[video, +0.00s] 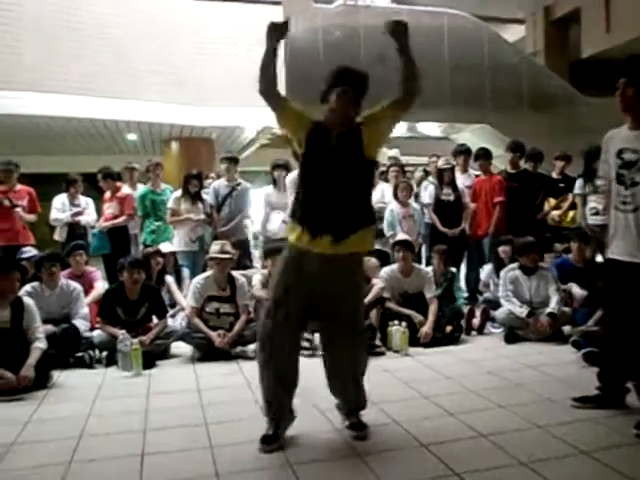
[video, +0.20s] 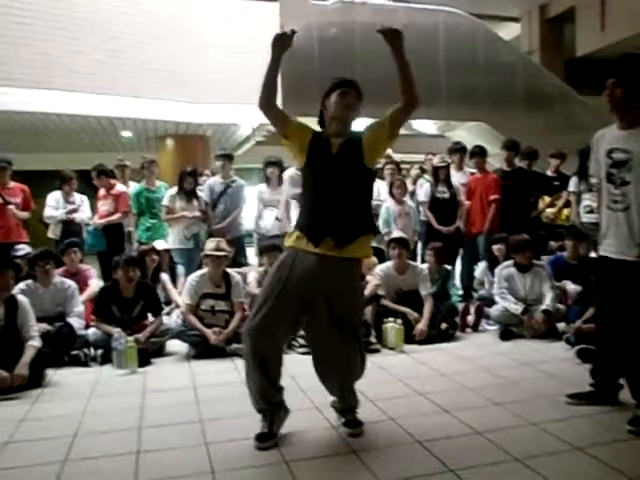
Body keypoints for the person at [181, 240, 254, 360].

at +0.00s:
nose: (222, 265)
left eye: (225, 260)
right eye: (217, 261)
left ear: (232, 262)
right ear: (211, 262)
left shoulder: (239, 282)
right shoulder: (199, 282)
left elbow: (244, 314)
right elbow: (192, 314)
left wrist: (231, 336)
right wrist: (212, 335)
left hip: (232, 328)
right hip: (207, 329)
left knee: (257, 329)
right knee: (184, 334)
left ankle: (207, 352)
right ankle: (233, 351)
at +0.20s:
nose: (217, 262)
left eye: (221, 258)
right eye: (213, 258)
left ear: (227, 260)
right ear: (205, 260)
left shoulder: (235, 280)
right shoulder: (195, 280)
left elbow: (239, 311)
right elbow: (187, 312)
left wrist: (226, 333)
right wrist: (207, 332)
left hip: (226, 326)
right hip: (201, 326)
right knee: (179, 332)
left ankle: (201, 350)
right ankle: (225, 349)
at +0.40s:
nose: (207, 261)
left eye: (211, 257)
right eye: (203, 257)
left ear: (217, 259)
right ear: (196, 259)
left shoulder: (225, 279)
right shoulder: (185, 279)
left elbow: (230, 310)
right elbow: (177, 311)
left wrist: (217, 332)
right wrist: (197, 331)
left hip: (217, 325)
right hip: (192, 325)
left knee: (239, 332)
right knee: (169, 332)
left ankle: (190, 350)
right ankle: (217, 349)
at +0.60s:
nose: (202, 238)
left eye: (205, 233)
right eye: (197, 234)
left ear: (212, 235)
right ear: (191, 235)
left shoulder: (219, 256)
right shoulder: (180, 256)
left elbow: (225, 287)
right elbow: (172, 287)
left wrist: (212, 309)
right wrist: (192, 307)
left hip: (211, 301)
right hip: (187, 301)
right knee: (183, 323)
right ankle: (216, 324)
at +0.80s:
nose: (202, 239)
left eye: (206, 235)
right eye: (198, 235)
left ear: (213, 237)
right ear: (192, 238)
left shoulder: (222, 257)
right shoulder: (182, 258)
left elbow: (228, 288)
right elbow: (175, 290)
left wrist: (214, 311)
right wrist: (195, 309)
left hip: (215, 303)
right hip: (191, 303)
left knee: (241, 304)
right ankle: (218, 326)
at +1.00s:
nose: (206, 239)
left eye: (210, 235)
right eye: (202, 235)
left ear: (216, 237)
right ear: (195, 237)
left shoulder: (224, 257)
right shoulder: (185, 258)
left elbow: (230, 288)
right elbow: (178, 290)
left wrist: (218, 310)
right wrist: (198, 310)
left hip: (218, 304)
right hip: (194, 304)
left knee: (245, 304)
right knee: (168, 310)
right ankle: (220, 326)